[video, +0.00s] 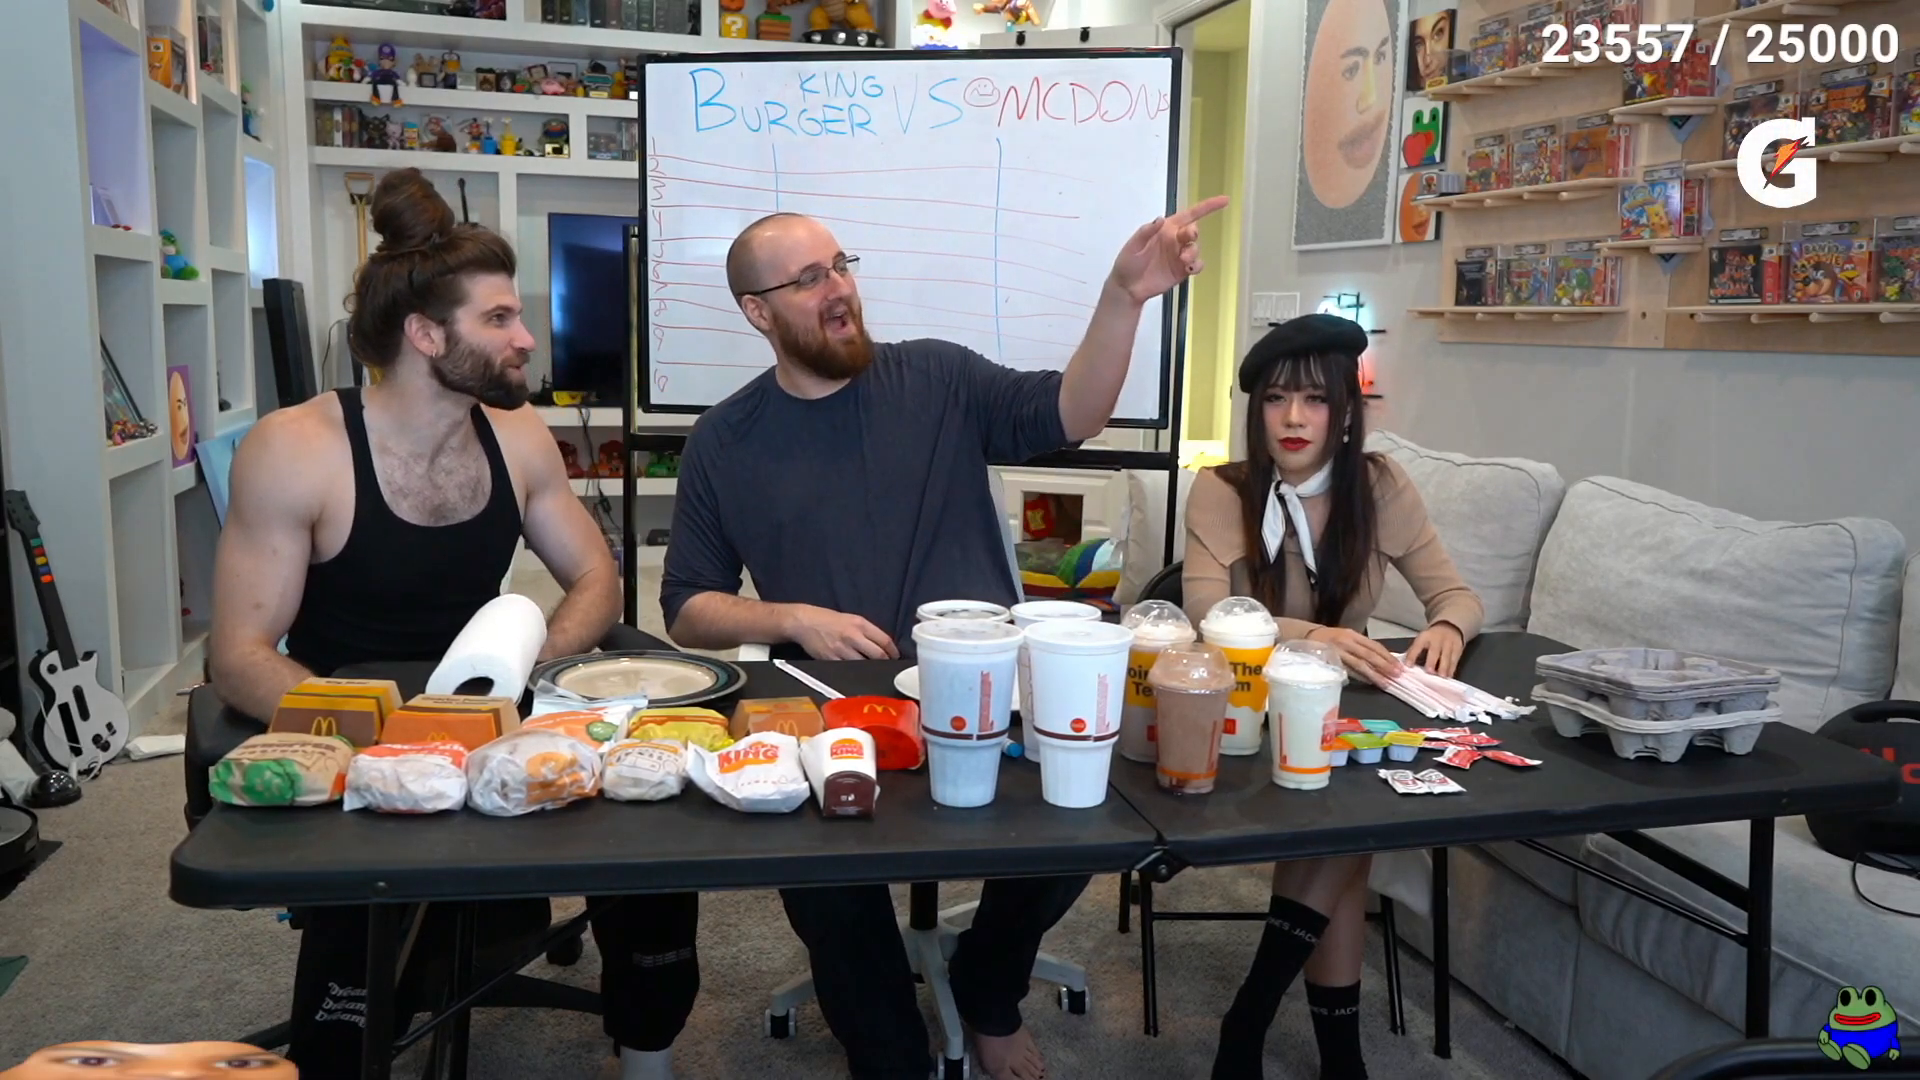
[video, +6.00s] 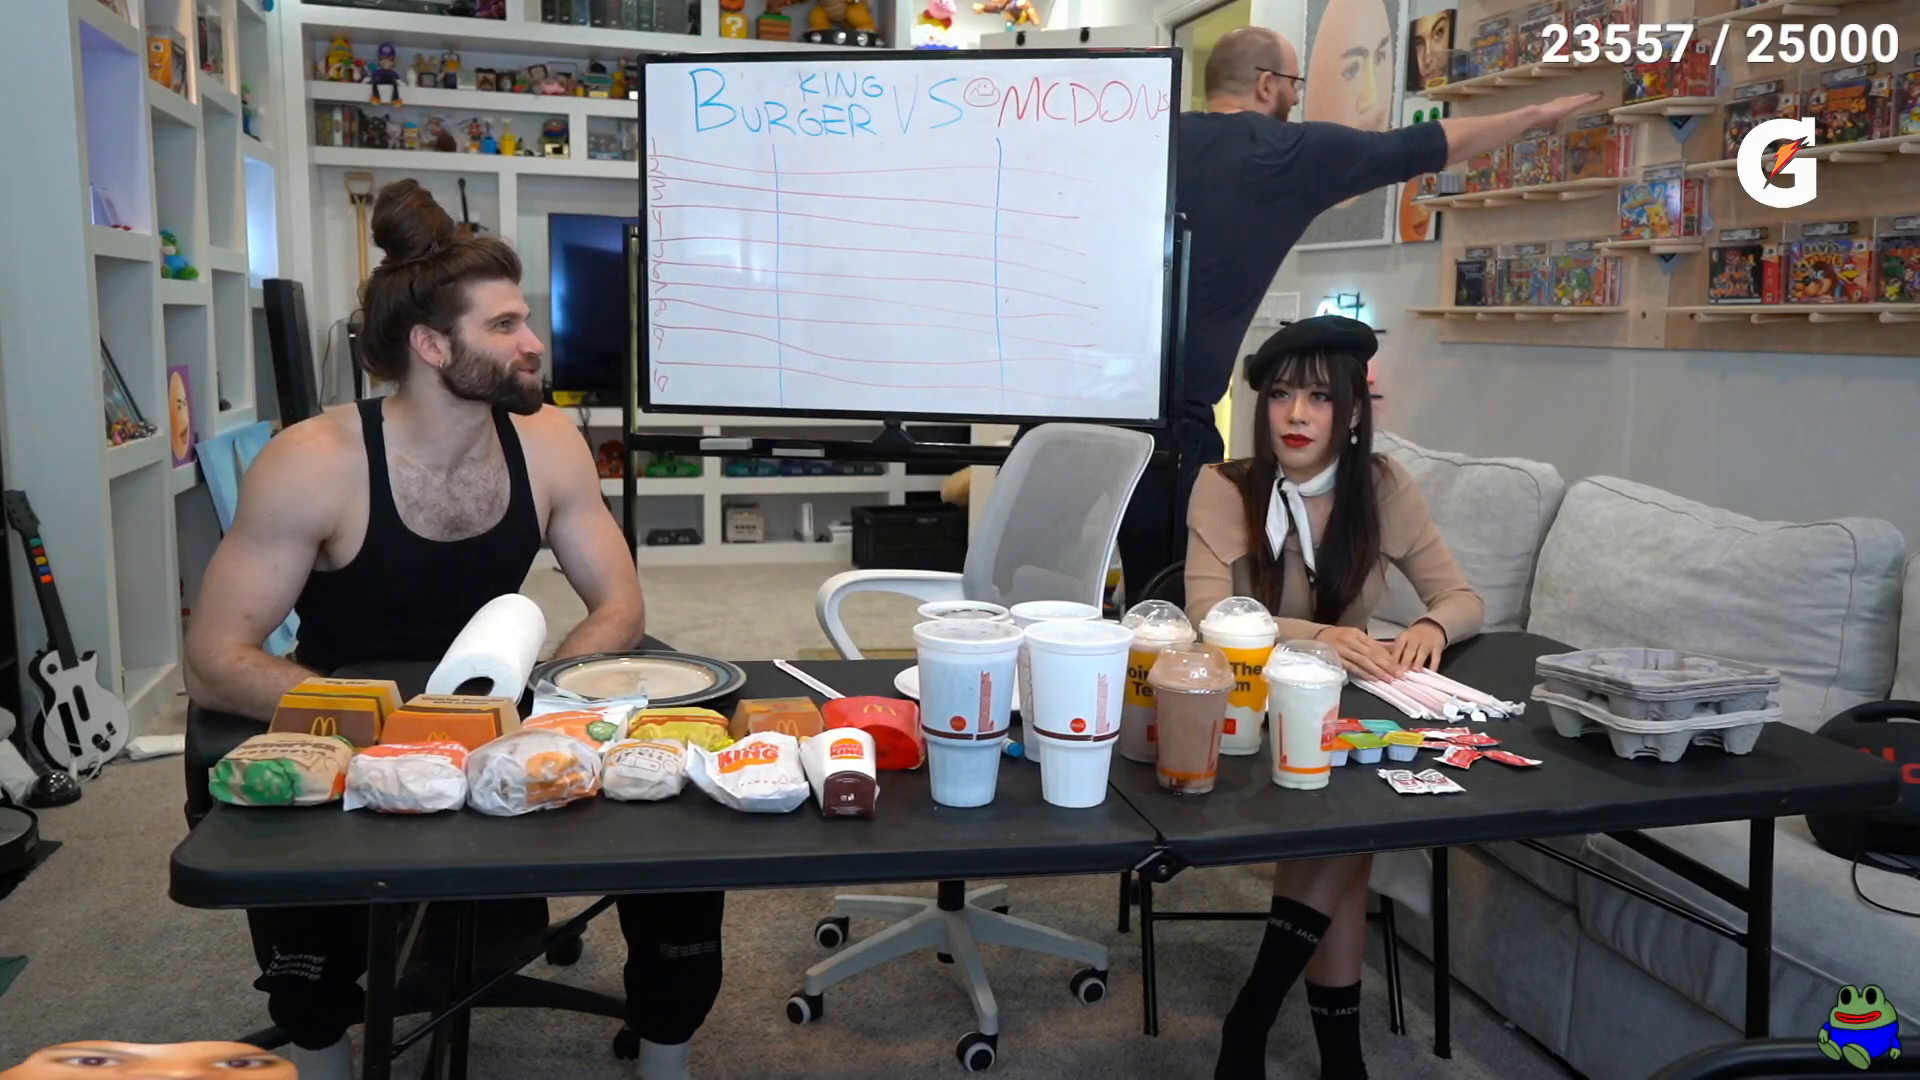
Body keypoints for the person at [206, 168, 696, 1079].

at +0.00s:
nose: (524, 337)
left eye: (521, 316)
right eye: (499, 319)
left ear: (443, 336)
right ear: (424, 337)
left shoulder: (518, 438)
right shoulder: (293, 450)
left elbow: (598, 579)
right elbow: (237, 653)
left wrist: (537, 656)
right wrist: (353, 718)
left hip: (497, 743)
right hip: (345, 755)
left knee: (653, 832)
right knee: (363, 890)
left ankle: (646, 1058)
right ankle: (330, 1069)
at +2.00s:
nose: (490, 355)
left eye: (488, 332)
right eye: (457, 339)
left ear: (495, 328)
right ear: (383, 365)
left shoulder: (537, 448)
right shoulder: (286, 468)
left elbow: (617, 615)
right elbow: (196, 656)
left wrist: (522, 675)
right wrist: (346, 708)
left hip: (508, 747)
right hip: (336, 758)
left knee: (640, 841)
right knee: (281, 883)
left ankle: (653, 1060)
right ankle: (307, 1059)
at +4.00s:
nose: (499, 351)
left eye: (497, 330)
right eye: (467, 336)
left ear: (502, 329)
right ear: (392, 358)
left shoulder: (538, 446)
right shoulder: (290, 465)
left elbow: (620, 615)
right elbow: (197, 654)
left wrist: (520, 692)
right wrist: (346, 710)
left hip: (521, 750)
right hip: (345, 759)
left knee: (639, 846)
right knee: (270, 878)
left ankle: (652, 1059)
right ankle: (297, 1060)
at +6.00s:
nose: (534, 342)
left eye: (530, 320)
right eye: (506, 325)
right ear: (430, 346)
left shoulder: (548, 444)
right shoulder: (314, 461)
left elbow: (622, 606)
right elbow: (212, 655)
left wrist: (540, 688)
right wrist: (362, 711)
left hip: (508, 744)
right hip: (348, 754)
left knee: (679, 828)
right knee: (299, 865)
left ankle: (664, 1057)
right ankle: (319, 1053)